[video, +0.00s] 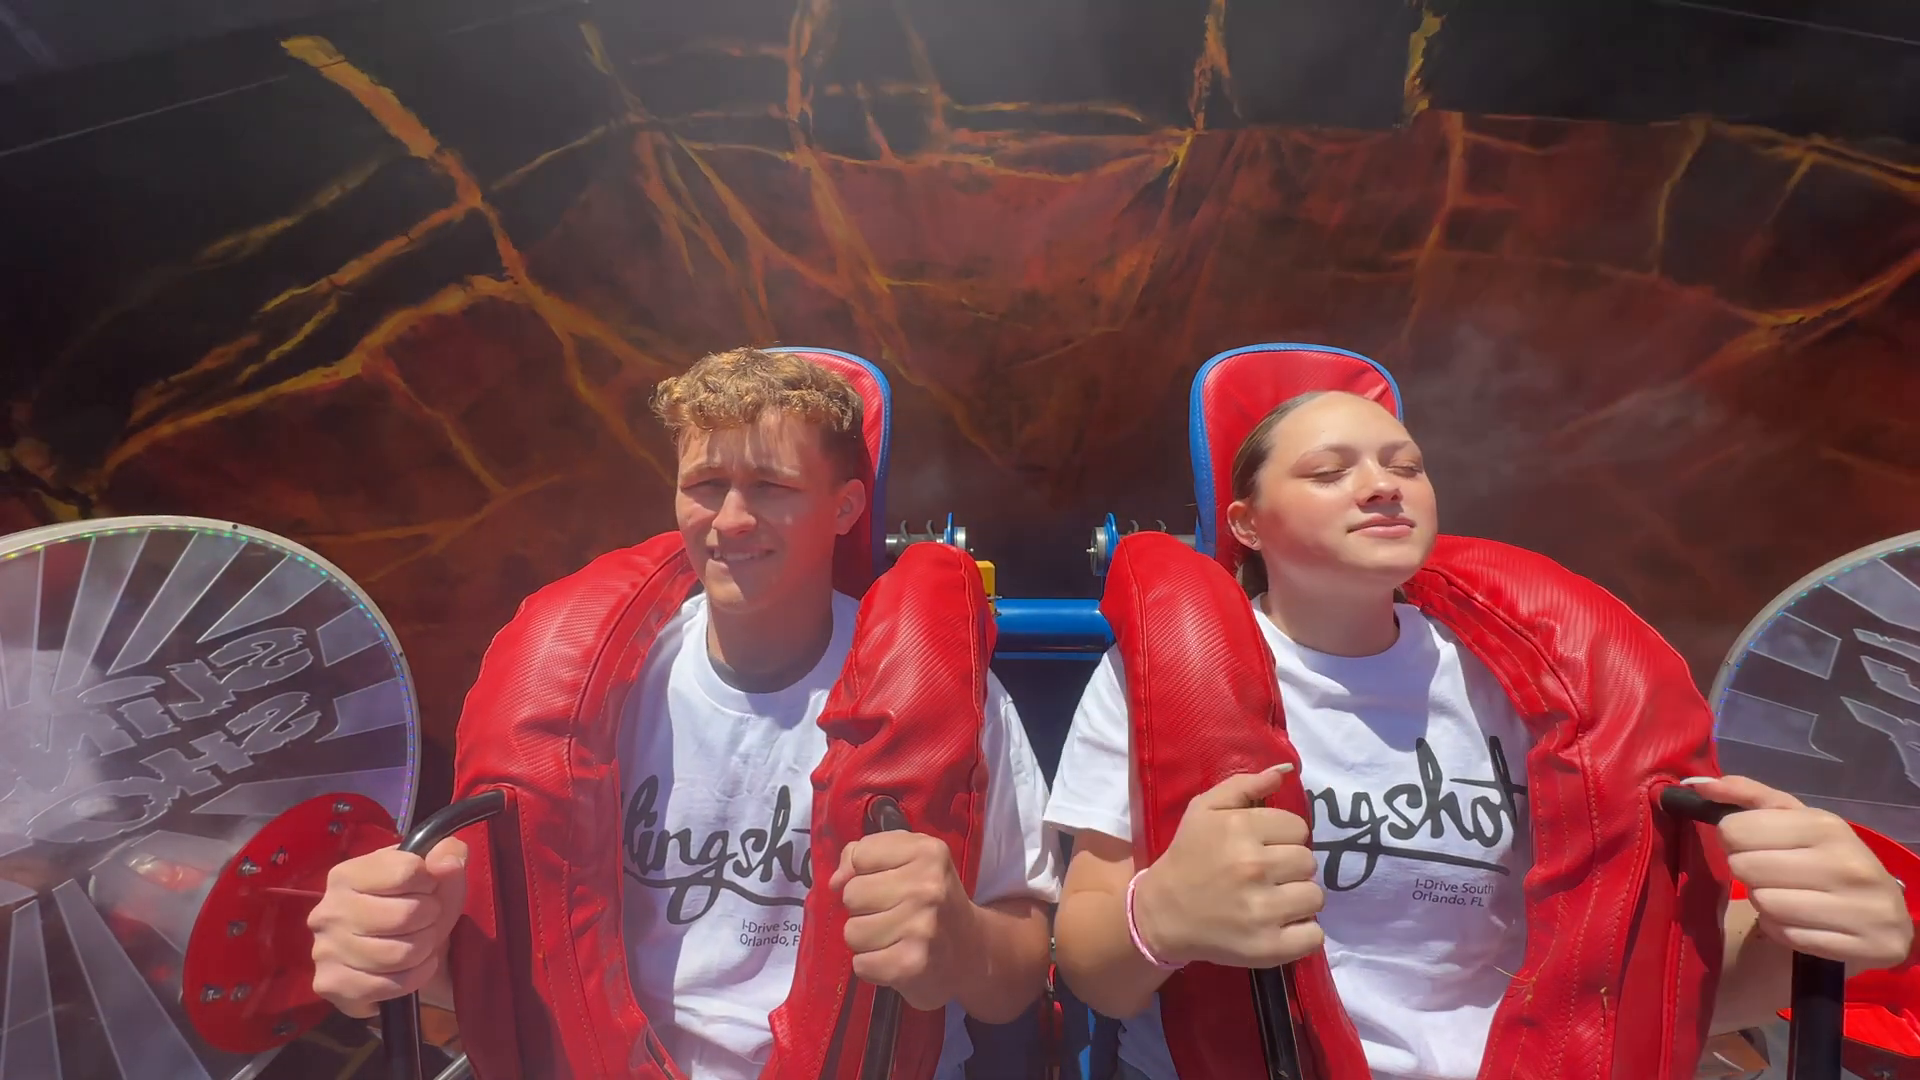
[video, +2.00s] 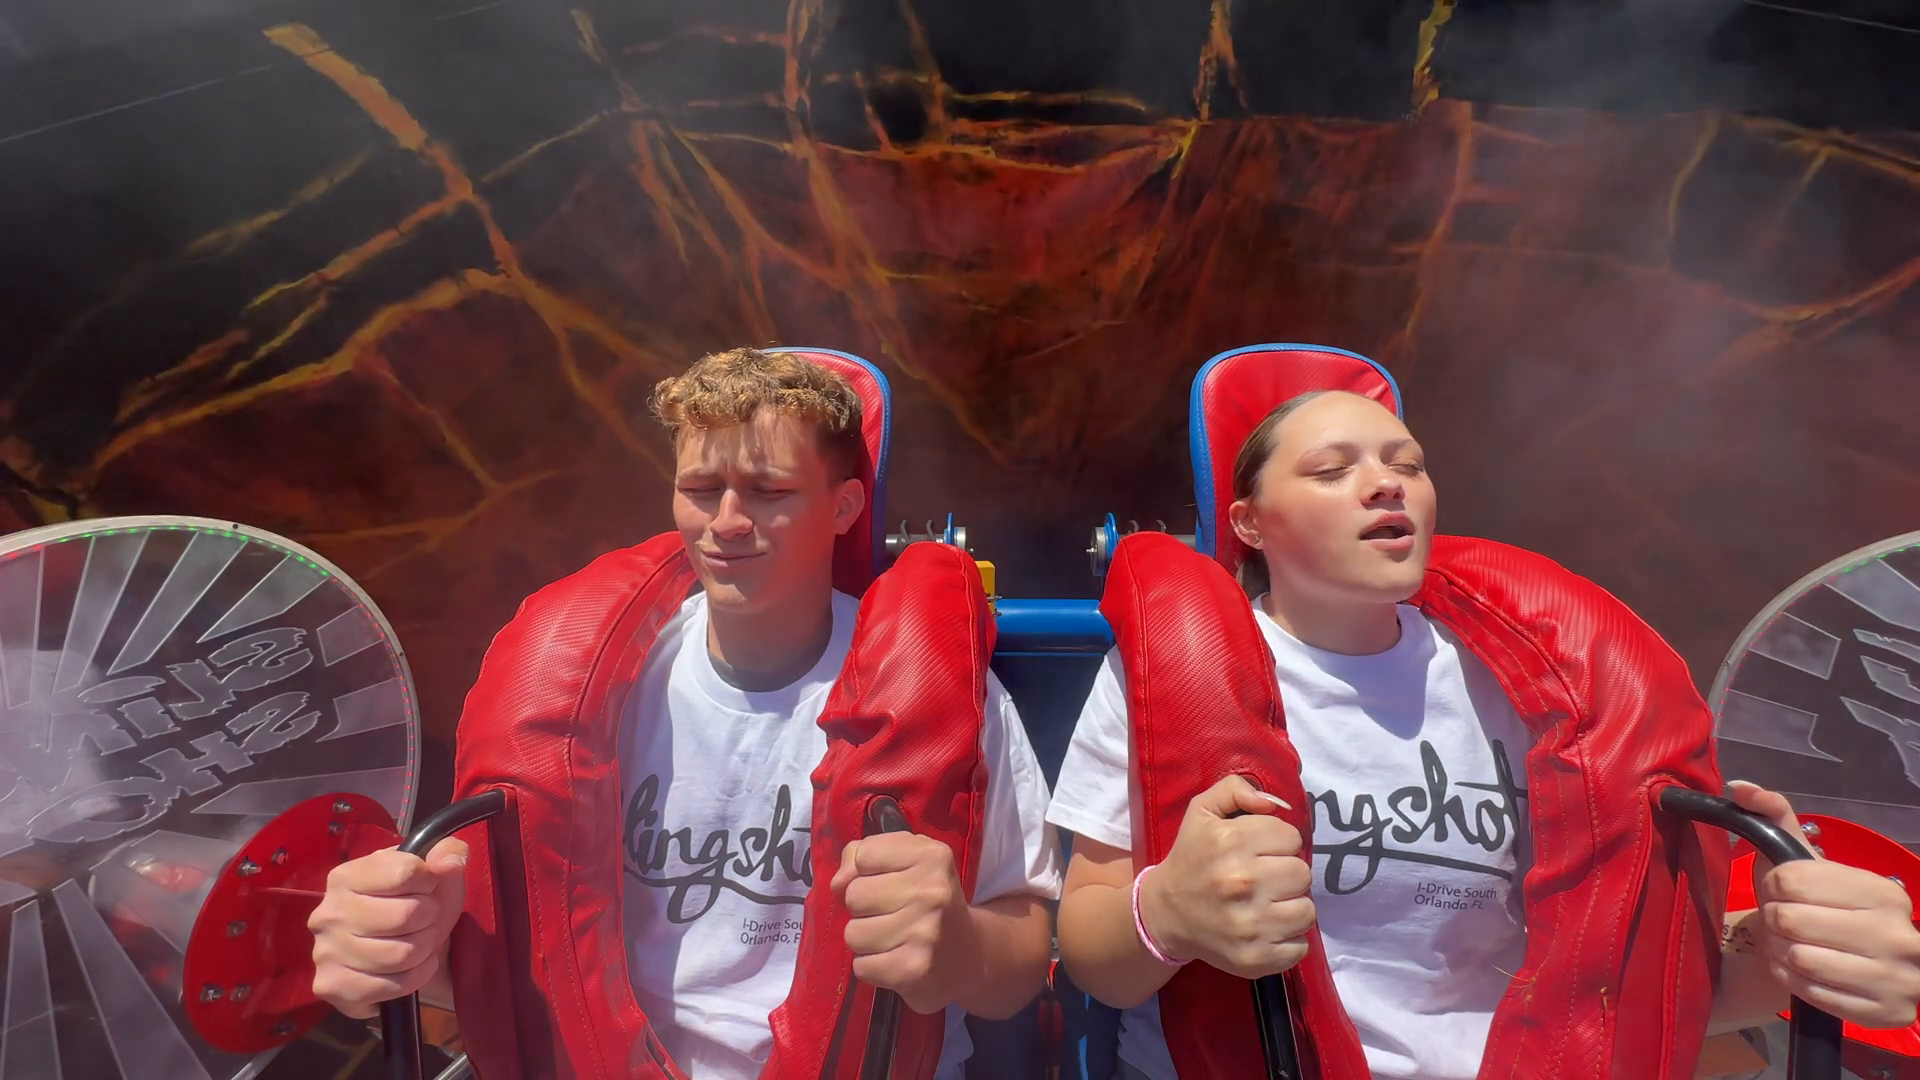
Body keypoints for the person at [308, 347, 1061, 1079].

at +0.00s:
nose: (732, 520)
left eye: (771, 488)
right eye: (707, 487)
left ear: (848, 505)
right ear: (675, 493)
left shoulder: (938, 694)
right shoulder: (582, 672)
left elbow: (1025, 968)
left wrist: (965, 945)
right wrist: (414, 948)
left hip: (831, 1063)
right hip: (610, 1057)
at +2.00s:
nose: (727, 522)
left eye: (767, 491)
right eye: (703, 489)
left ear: (846, 505)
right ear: (674, 493)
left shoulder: (934, 688)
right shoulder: (584, 674)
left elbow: (1026, 953)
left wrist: (961, 950)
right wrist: (413, 946)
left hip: (835, 1063)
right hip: (614, 1057)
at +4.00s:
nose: (729, 524)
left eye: (769, 492)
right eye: (705, 489)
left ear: (847, 508)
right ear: (675, 491)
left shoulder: (935, 688)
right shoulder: (584, 672)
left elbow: (1023, 960)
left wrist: (966, 947)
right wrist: (402, 940)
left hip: (836, 1064)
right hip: (613, 1059)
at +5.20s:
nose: (831, 522)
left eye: (850, 492)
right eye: (789, 487)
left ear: (873, 504)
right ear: (693, 499)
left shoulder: (937, 685)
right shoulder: (583, 671)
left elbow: (1024, 952)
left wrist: (965, 950)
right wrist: (411, 941)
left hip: (840, 1063)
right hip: (614, 1059)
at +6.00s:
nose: (849, 521)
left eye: (862, 490)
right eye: (808, 487)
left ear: (878, 495)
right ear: (705, 494)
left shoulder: (939, 686)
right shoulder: (583, 669)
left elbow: (1025, 960)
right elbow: (504, 929)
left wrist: (968, 950)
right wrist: (410, 941)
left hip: (839, 1062)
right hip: (613, 1059)